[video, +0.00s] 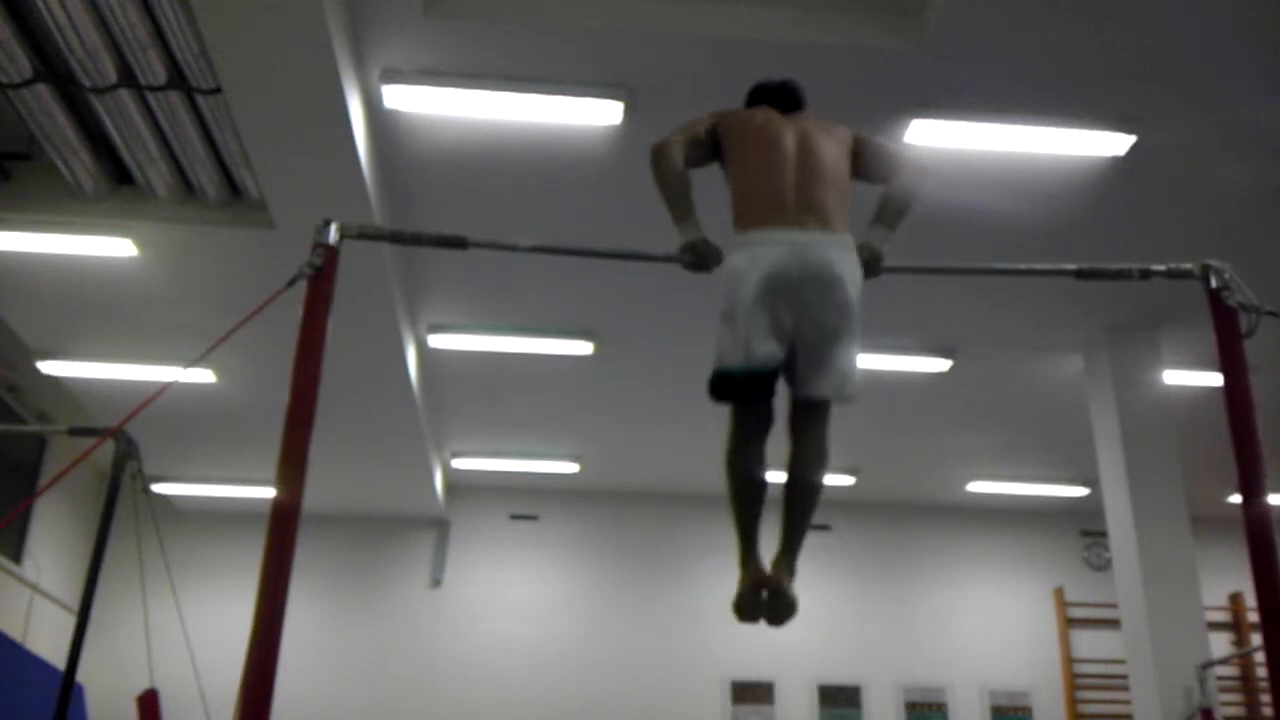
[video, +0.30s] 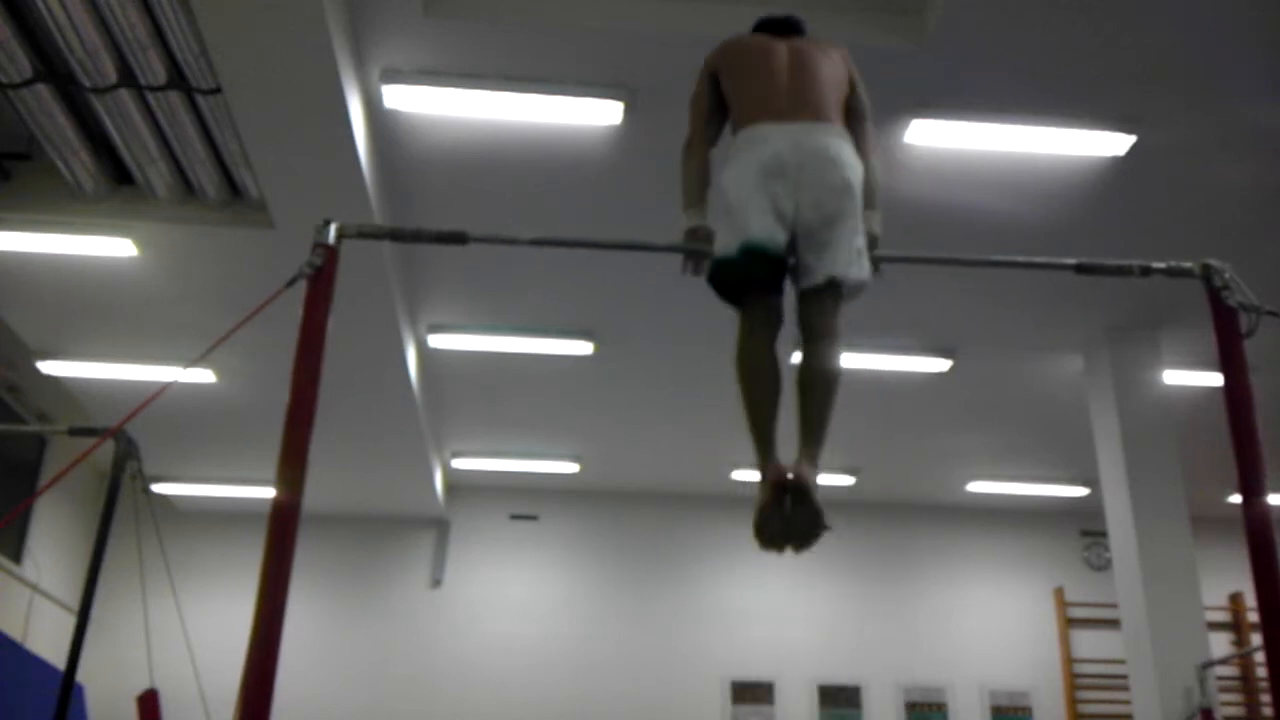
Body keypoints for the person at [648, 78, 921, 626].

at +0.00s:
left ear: (749, 108)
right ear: (805, 109)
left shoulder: (732, 124)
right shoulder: (838, 135)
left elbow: (667, 152)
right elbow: (906, 178)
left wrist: (688, 232)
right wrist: (876, 241)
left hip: (757, 257)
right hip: (831, 258)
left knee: (749, 425)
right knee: (811, 427)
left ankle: (752, 569)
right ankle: (785, 573)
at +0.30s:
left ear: (753, 34)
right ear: (807, 36)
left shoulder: (725, 55)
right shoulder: (838, 58)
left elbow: (699, 141)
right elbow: (862, 146)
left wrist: (694, 219)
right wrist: (871, 223)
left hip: (751, 152)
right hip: (830, 153)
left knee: (758, 326)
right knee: (822, 333)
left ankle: (770, 470)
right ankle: (807, 470)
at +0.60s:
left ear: (748, 84)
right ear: (806, 84)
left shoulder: (729, 100)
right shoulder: (835, 107)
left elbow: (674, 151)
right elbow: (899, 169)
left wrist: (691, 236)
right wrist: (873, 239)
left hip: (755, 235)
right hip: (833, 237)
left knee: (762, 412)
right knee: (830, 407)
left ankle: (783, 574)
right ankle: (823, 565)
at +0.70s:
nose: (757, 102)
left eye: (753, 94)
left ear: (747, 93)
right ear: (806, 93)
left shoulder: (728, 116)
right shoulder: (841, 126)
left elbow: (670, 162)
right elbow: (910, 177)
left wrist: (691, 237)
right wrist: (871, 246)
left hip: (757, 276)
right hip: (832, 278)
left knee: (759, 463)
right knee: (828, 461)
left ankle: (777, 627)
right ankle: (816, 624)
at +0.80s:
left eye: (761, 108)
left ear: (753, 109)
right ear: (813, 109)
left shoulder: (731, 148)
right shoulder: (847, 158)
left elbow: (674, 221)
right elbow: (910, 229)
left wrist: (707, 250)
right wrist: (859, 254)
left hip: (759, 335)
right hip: (835, 338)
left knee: (756, 515)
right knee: (823, 515)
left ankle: (766, 684)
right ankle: (806, 688)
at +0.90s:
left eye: (763, 152)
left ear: (755, 152)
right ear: (819, 153)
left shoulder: (731, 207)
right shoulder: (853, 213)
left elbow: (669, 297)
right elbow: (915, 303)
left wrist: (713, 243)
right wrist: (869, 248)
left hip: (752, 424)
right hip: (831, 427)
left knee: (748, 596)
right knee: (817, 594)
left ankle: (751, 715)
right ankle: (805, 717)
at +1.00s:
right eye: (809, 216)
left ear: (759, 218)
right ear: (821, 218)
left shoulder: (730, 280)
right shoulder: (851, 287)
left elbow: (669, 335)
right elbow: (904, 335)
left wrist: (689, 274)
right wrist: (878, 279)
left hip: (748, 510)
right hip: (824, 512)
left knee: (740, 672)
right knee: (809, 672)